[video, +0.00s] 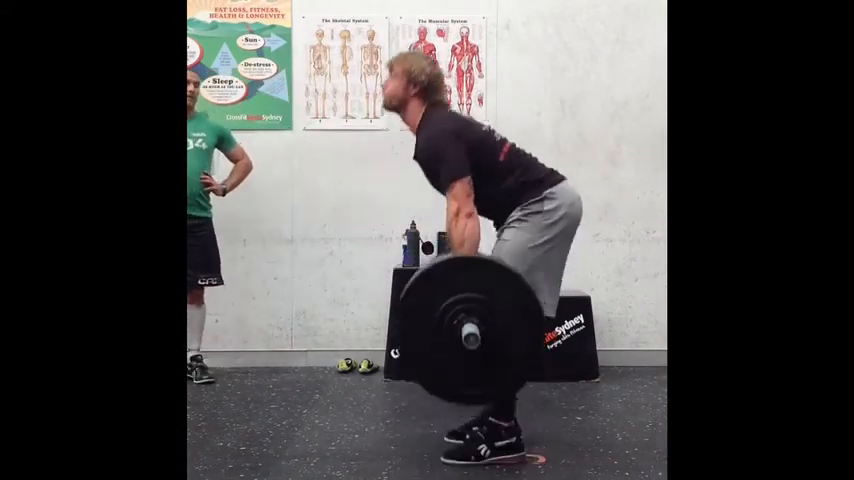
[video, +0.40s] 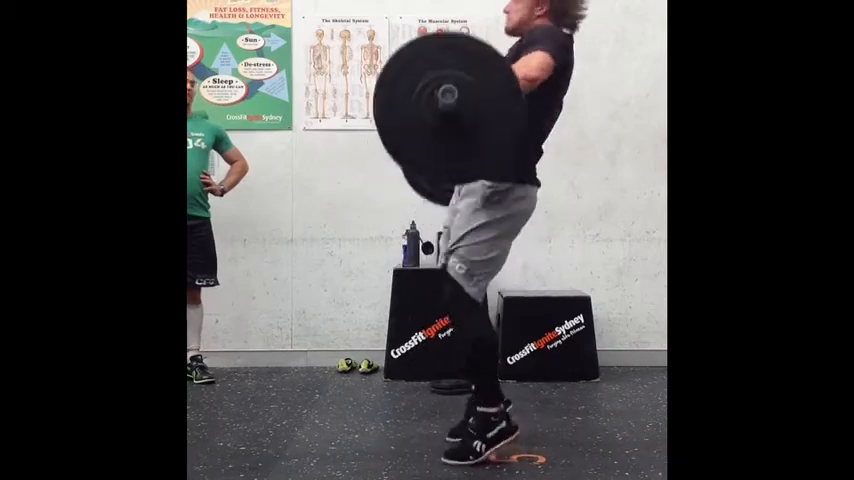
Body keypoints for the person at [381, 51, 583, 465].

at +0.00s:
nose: (383, 85)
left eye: (390, 77)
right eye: (386, 77)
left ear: (413, 86)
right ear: (416, 88)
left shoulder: (440, 132)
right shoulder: (434, 131)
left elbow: (465, 213)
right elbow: (460, 212)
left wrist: (464, 290)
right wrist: (460, 286)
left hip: (544, 205)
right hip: (534, 206)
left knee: (501, 310)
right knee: (494, 307)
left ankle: (502, 426)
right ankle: (495, 418)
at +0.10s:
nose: (416, 36)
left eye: (426, 28)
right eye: (421, 27)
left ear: (450, 42)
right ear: (451, 44)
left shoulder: (462, 91)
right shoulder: (455, 89)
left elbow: (476, 170)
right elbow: (474, 170)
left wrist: (464, 242)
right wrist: (463, 240)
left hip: (526, 207)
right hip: (518, 205)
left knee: (478, 306)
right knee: (475, 303)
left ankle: (498, 422)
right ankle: (493, 415)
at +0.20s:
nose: (480, 11)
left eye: (489, 5)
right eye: (484, 4)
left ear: (511, 20)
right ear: (510, 22)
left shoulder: (515, 65)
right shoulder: (506, 63)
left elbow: (500, 135)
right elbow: (492, 134)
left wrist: (468, 195)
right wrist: (463, 194)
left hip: (500, 204)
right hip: (495, 202)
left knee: (465, 307)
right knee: (464, 304)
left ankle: (492, 417)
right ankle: (485, 404)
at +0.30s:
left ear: (554, 3)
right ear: (556, 6)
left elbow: (515, 101)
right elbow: (497, 100)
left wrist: (464, 146)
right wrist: (455, 138)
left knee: (472, 282)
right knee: (459, 277)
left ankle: (481, 403)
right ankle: (467, 374)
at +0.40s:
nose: (506, 7)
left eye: (515, 0)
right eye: (510, 1)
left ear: (541, 6)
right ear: (541, 10)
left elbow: (531, 74)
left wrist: (471, 95)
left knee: (461, 288)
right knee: (455, 283)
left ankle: (491, 410)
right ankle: (482, 391)